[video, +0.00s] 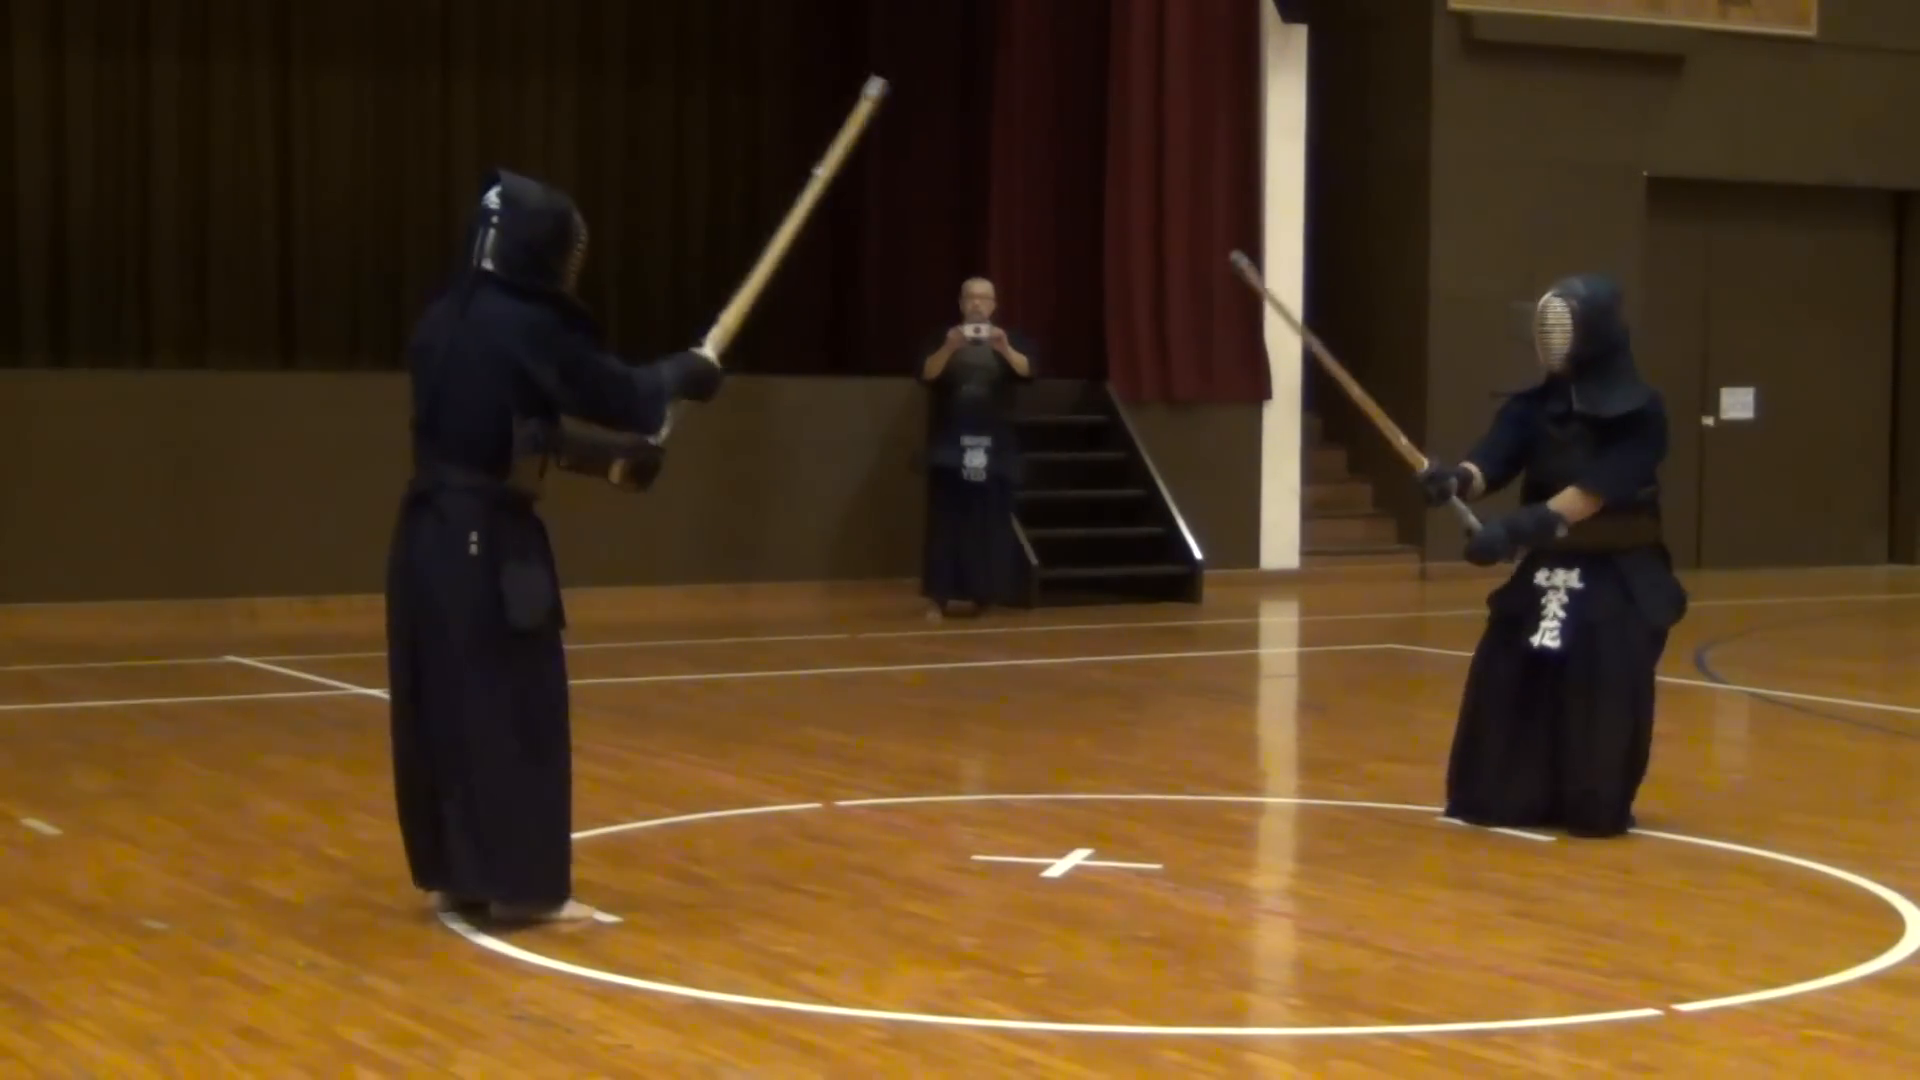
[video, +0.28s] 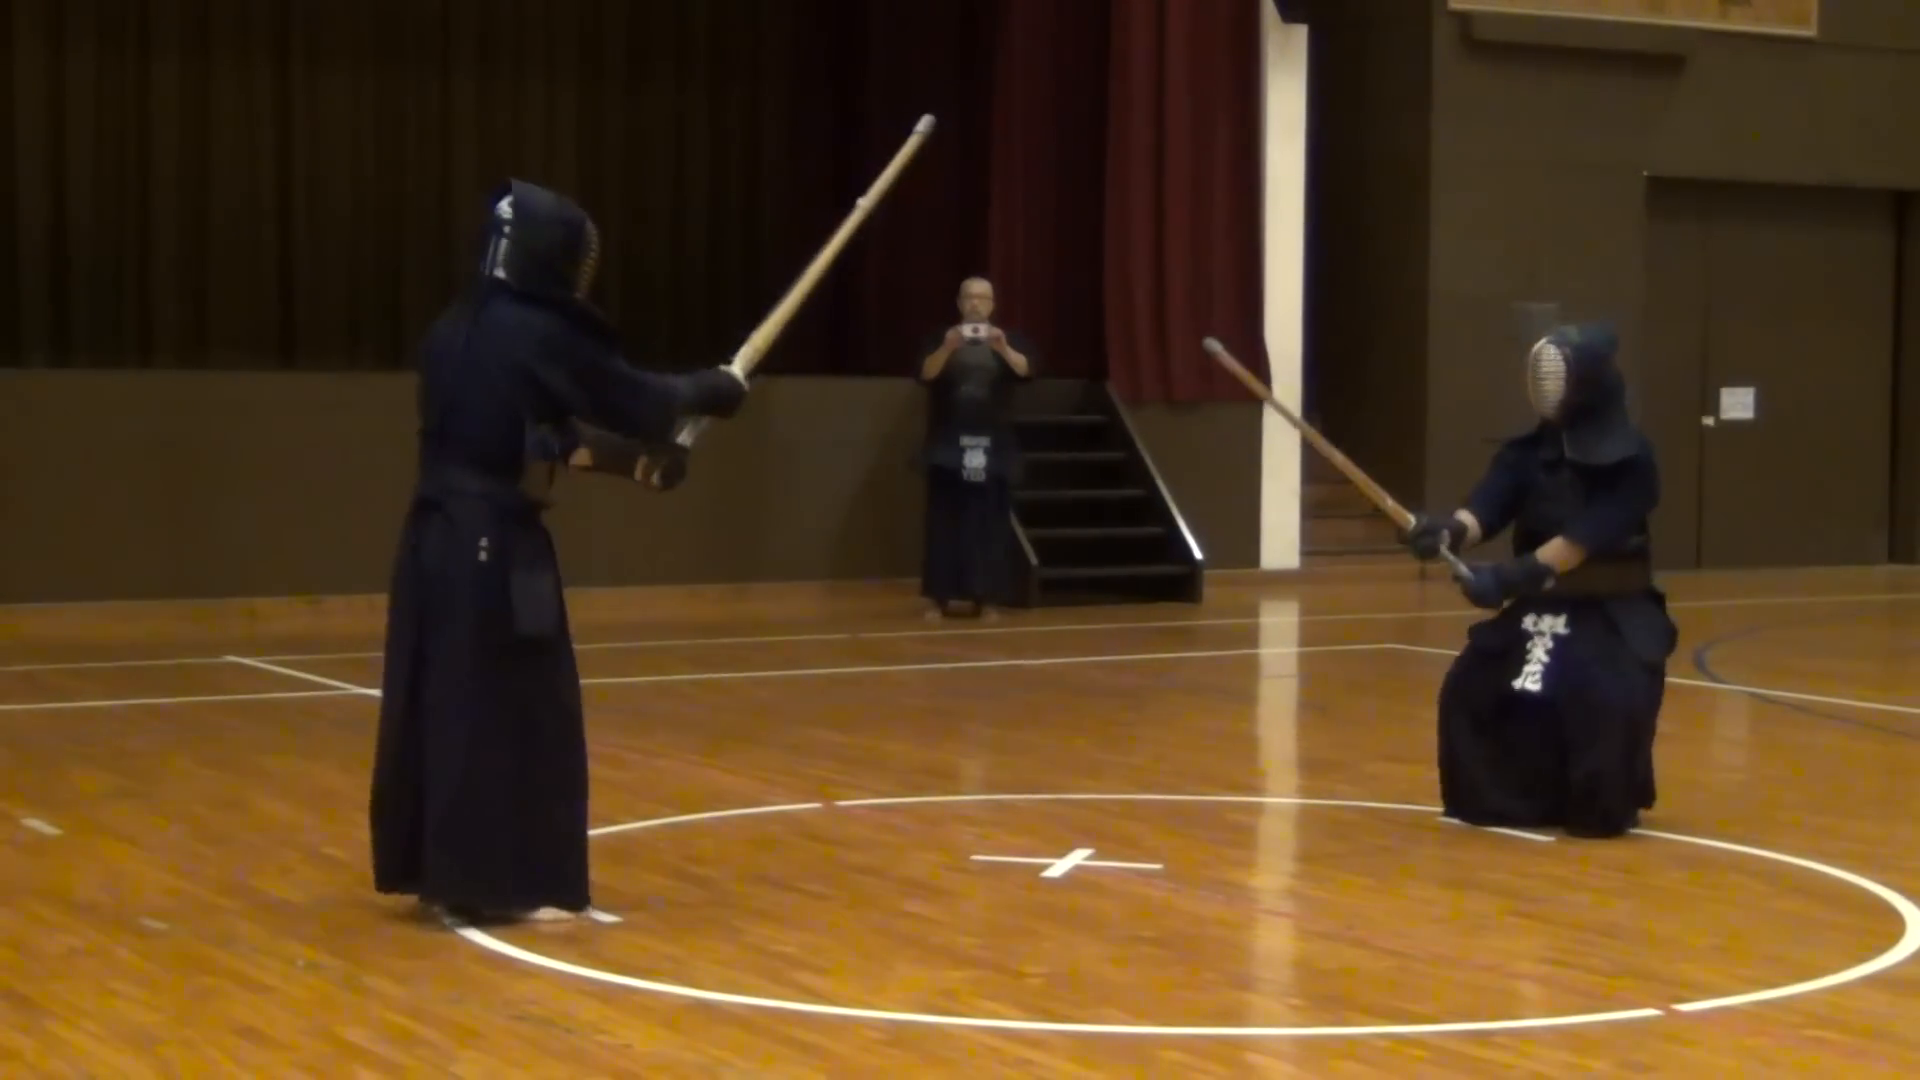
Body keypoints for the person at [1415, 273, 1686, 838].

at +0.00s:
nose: (1548, 339)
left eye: (1561, 328)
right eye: (1544, 327)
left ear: (1595, 332)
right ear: (1542, 330)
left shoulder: (1637, 408)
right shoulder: (1535, 404)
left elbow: (1601, 487)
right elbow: (1494, 460)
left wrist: (1521, 527)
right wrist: (1461, 478)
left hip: (1620, 569)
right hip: (1547, 564)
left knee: (1600, 675)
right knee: (1503, 665)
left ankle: (1595, 806)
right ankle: (1498, 796)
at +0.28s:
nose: (1543, 387)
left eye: (1555, 376)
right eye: (1539, 375)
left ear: (1587, 381)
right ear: (1534, 379)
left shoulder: (1627, 457)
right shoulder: (1528, 451)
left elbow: (1592, 534)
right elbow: (1493, 499)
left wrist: (1516, 575)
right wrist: (1455, 527)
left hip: (1612, 610)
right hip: (1537, 607)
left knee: (1605, 697)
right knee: (1469, 687)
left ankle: (1599, 812)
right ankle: (1493, 805)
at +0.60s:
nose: (1544, 436)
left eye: (1557, 425)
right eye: (1542, 425)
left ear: (1593, 433)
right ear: (1536, 429)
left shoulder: (1627, 513)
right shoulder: (1527, 506)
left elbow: (1587, 592)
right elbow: (1493, 561)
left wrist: (1512, 634)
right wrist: (1454, 591)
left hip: (1606, 659)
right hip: (1528, 651)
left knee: (1604, 733)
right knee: (1445, 709)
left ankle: (1605, 810)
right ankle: (1499, 804)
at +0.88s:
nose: (1550, 462)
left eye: (1564, 452)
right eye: (1548, 451)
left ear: (1599, 460)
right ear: (1542, 454)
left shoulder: (1630, 539)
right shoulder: (1531, 530)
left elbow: (1587, 629)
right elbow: (1499, 593)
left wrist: (1507, 669)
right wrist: (1461, 625)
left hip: (1602, 689)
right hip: (1527, 676)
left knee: (1618, 749)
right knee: (1434, 713)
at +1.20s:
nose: (1548, 471)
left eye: (1562, 460)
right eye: (1546, 459)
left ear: (1596, 468)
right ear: (1539, 462)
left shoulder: (1630, 548)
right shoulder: (1527, 537)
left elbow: (1590, 640)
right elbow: (1496, 602)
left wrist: (1514, 682)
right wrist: (1461, 641)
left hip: (1596, 698)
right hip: (1521, 683)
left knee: (1618, 750)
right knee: (1429, 716)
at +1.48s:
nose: (1559, 471)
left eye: (1572, 459)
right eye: (1556, 459)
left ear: (1606, 467)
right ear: (1549, 462)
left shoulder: (1642, 548)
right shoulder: (1538, 537)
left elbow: (1602, 641)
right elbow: (1508, 604)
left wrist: (1528, 683)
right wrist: (1474, 642)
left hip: (1610, 699)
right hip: (1534, 685)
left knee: (1626, 750)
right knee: (1441, 717)